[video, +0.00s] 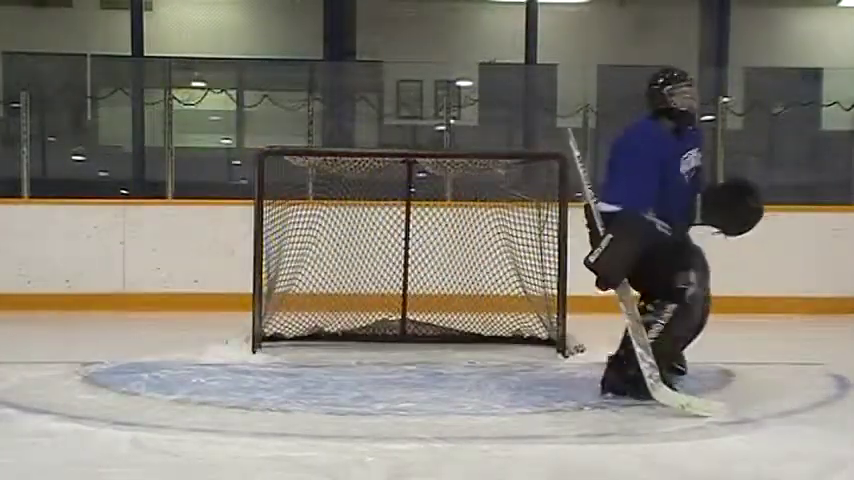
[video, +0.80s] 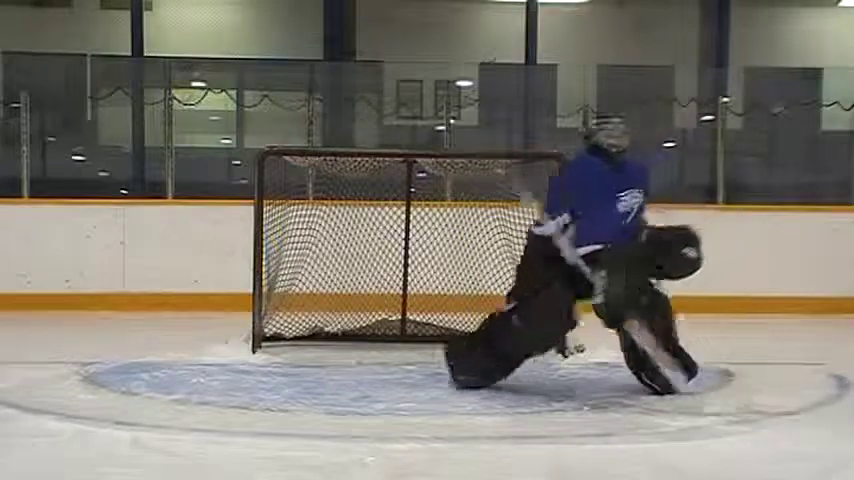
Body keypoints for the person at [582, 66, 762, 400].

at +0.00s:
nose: (689, 101)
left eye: (691, 93)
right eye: (681, 95)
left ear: (693, 97)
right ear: (662, 100)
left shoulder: (689, 135)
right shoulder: (643, 139)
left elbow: (688, 188)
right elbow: (626, 203)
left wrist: (716, 204)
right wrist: (619, 251)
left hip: (671, 232)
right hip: (636, 231)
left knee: (695, 298)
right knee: (679, 292)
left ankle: (661, 354)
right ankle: (629, 368)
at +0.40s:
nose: (693, 107)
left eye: (693, 99)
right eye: (685, 100)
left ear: (677, 106)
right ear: (667, 105)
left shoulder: (677, 143)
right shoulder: (646, 142)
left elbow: (681, 199)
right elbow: (634, 211)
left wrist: (721, 201)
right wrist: (659, 255)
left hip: (660, 237)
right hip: (625, 239)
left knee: (694, 294)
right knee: (640, 302)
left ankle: (663, 365)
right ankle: (615, 381)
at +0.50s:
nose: (682, 111)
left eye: (682, 104)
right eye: (674, 105)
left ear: (678, 108)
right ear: (657, 109)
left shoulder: (677, 144)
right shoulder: (640, 145)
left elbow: (679, 200)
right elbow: (637, 212)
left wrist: (715, 203)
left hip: (642, 233)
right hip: (599, 231)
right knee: (618, 301)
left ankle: (655, 361)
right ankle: (573, 378)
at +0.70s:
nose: (642, 130)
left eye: (648, 123)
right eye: (634, 123)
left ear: (656, 127)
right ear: (618, 125)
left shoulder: (655, 163)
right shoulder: (592, 165)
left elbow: (652, 215)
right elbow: (563, 222)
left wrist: (681, 230)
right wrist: (545, 273)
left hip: (634, 251)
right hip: (585, 254)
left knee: (648, 304)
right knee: (562, 304)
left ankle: (667, 369)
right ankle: (503, 369)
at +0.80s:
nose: (617, 143)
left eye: (622, 135)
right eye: (609, 136)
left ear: (629, 138)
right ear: (594, 138)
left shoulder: (635, 174)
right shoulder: (578, 173)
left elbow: (633, 226)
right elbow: (551, 233)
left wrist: (652, 247)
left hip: (609, 261)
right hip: (558, 262)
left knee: (647, 307)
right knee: (544, 322)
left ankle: (664, 373)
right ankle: (470, 363)